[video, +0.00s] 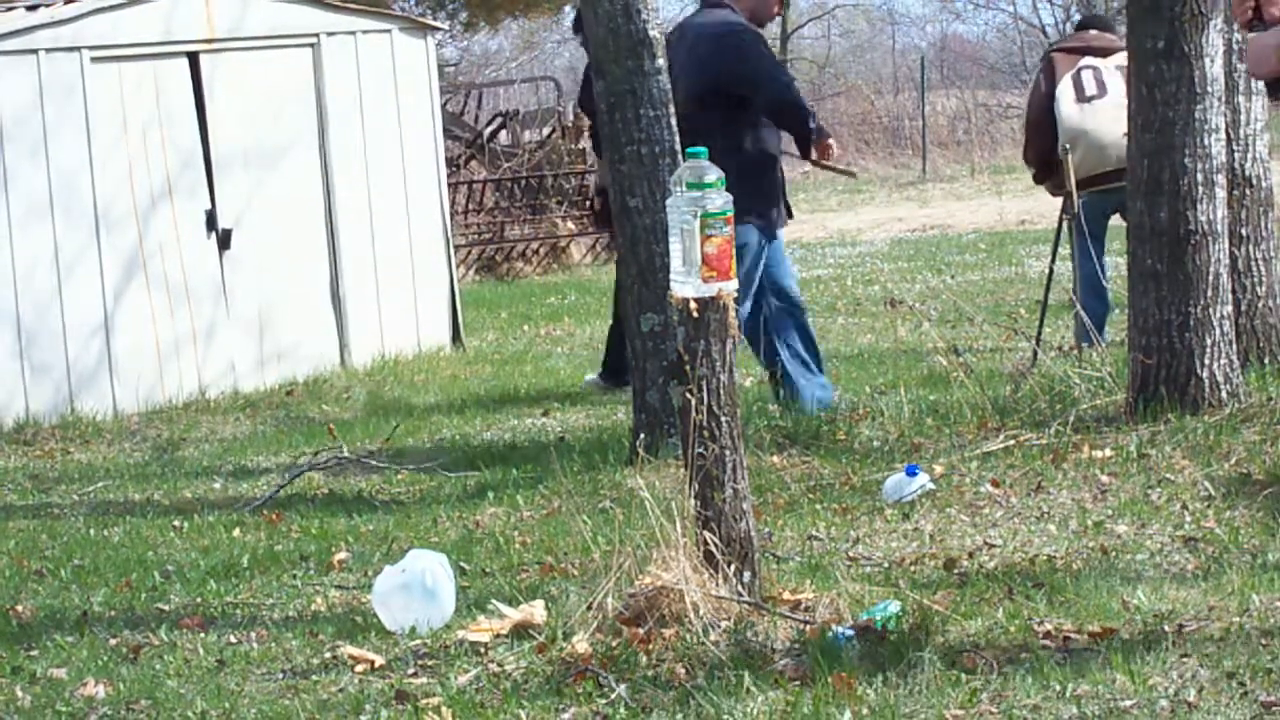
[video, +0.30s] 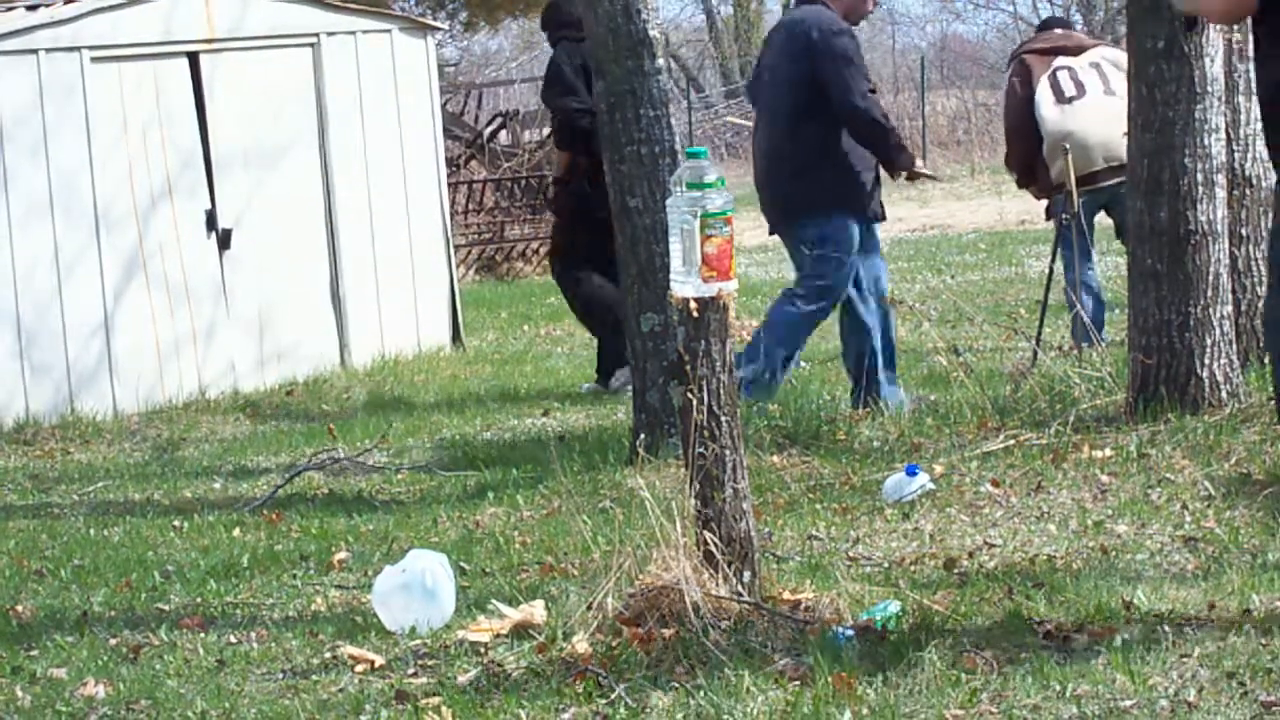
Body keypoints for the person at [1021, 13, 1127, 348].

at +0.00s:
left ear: (1075, 32)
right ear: (1114, 32)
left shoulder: (1056, 61)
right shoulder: (1133, 56)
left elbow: (1037, 121)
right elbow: (1158, 110)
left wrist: (1048, 176)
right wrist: (1158, 160)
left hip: (1086, 177)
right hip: (1140, 171)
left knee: (1088, 258)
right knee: (1155, 251)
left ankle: (1090, 339)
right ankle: (1163, 333)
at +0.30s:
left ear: (1037, 35)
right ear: (1073, 30)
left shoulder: (1026, 62)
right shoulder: (1108, 51)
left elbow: (1018, 129)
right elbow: (1140, 101)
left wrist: (1036, 183)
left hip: (1072, 177)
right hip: (1126, 166)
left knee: (1079, 264)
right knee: (1148, 250)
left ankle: (1088, 342)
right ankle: (1169, 328)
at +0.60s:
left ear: (1019, 38)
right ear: (1055, 29)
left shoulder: (1013, 64)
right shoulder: (1088, 48)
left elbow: (1013, 133)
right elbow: (1128, 90)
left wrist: (1022, 178)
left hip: (1062, 175)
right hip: (1117, 161)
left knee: (1073, 249)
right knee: (1118, 221)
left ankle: (1087, 337)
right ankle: (1117, 281)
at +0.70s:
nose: (1017, 13)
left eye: (1018, 8)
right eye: (1020, 6)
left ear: (1025, 15)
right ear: (1054, 11)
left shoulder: (1016, 58)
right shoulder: (1096, 37)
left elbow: (1010, 126)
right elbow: (1125, 95)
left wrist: (1024, 180)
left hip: (1059, 171)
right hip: (1114, 159)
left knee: (1072, 251)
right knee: (1110, 236)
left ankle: (1086, 333)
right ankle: (1114, 315)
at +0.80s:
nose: (1017, 75)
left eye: (1018, 66)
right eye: (1015, 67)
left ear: (1028, 57)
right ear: (1056, 44)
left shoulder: (1026, 79)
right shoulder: (1099, 60)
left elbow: (1024, 133)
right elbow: (1126, 117)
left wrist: (1032, 179)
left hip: (1064, 170)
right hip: (1115, 162)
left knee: (1068, 249)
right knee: (1105, 245)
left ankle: (1085, 331)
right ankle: (1107, 325)